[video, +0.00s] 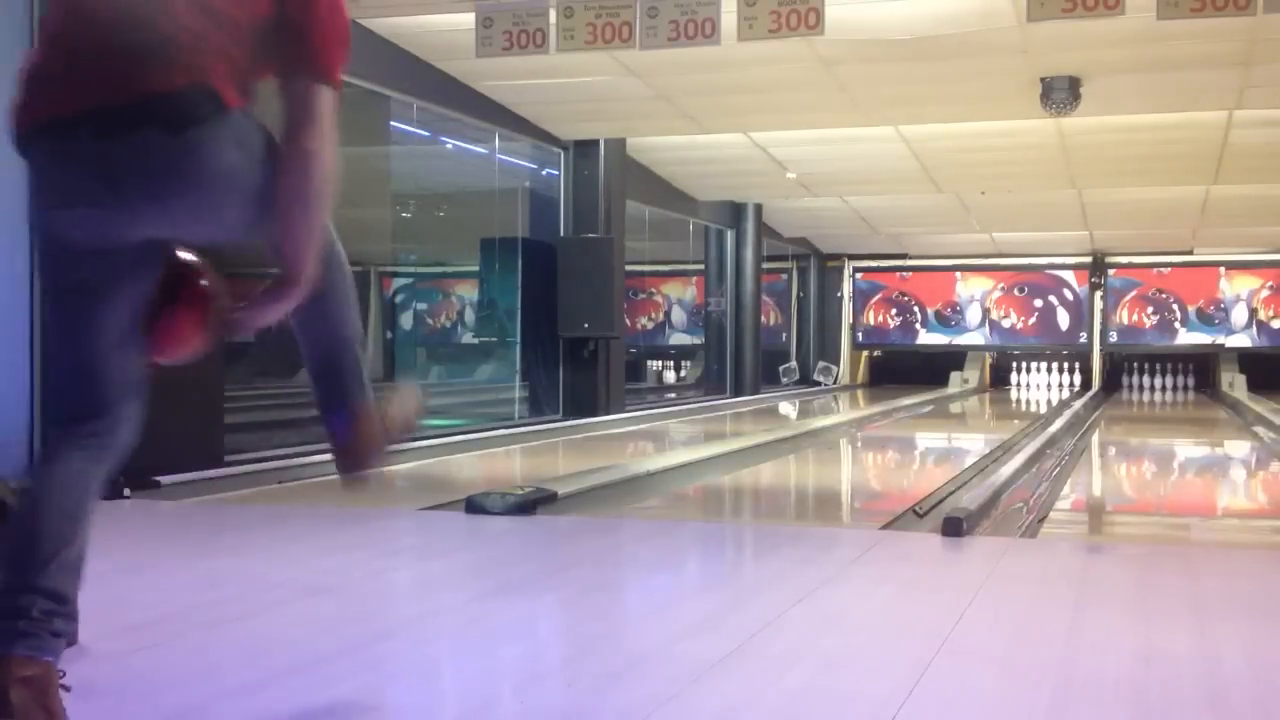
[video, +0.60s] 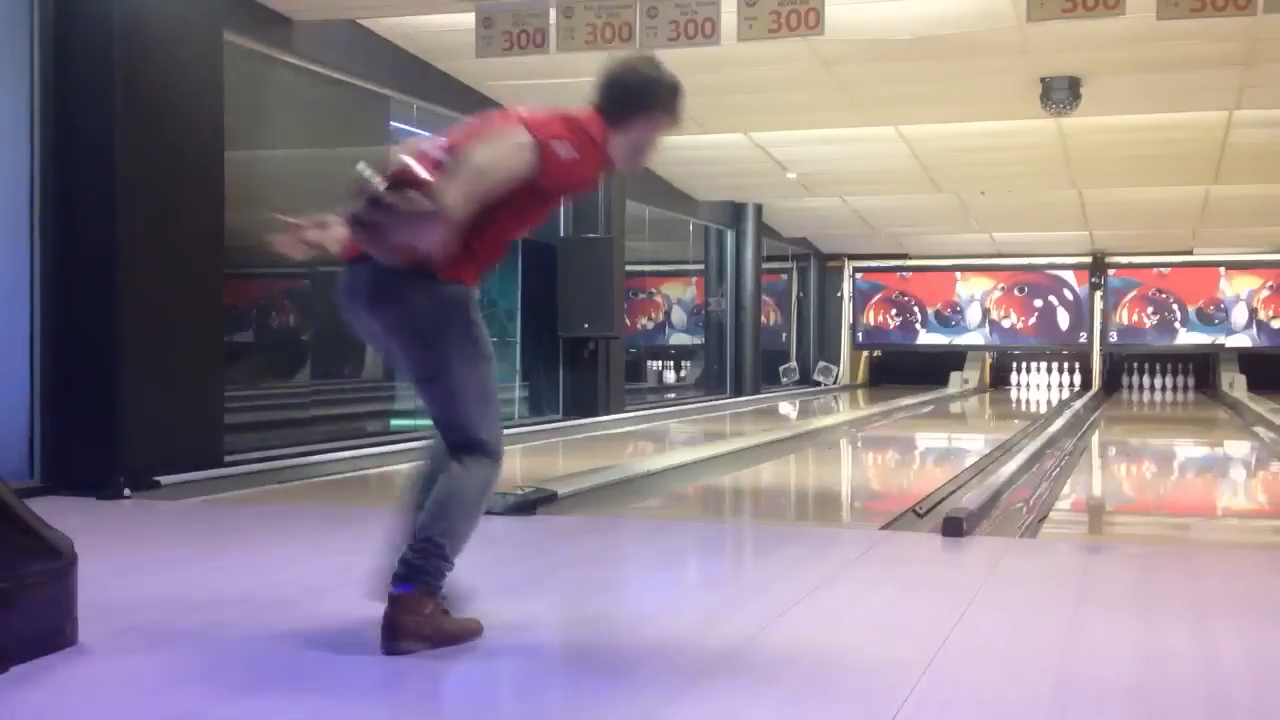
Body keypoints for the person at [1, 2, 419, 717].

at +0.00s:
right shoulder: (306, 3)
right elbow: (309, 134)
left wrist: (156, 262)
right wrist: (296, 277)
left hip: (62, 161)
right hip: (186, 145)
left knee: (90, 421)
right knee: (311, 239)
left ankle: (28, 650)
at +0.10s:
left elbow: (60, 154)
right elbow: (344, 105)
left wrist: (60, 251)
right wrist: (360, 268)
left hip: (120, 209)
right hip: (233, 192)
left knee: (123, 447)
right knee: (345, 320)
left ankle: (38, 656)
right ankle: (371, 518)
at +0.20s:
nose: (415, 40)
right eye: (421, 27)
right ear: (405, 11)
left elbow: (110, 112)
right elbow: (346, 37)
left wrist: (96, 220)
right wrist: (308, 193)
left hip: (182, 241)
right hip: (290, 239)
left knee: (161, 477)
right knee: (380, 404)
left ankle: (52, 645)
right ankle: (398, 575)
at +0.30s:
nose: (514, 32)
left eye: (519, 21)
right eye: (515, 17)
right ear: (491, 6)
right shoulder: (453, 28)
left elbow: (218, 82)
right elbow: (351, 24)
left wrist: (170, 157)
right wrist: (243, 134)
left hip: (255, 257)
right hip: (344, 253)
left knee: (207, 465)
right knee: (415, 423)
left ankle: (77, 606)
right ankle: (407, 605)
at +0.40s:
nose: (574, 75)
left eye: (579, 59)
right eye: (576, 57)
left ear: (516, 22)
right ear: (558, 45)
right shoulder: (498, 61)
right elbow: (390, 54)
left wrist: (245, 142)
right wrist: (289, 130)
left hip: (303, 261)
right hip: (381, 259)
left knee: (307, 467)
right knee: (455, 425)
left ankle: (165, 548)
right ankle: (416, 607)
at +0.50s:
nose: (622, 108)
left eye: (628, 95)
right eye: (625, 92)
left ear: (573, 65)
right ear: (603, 82)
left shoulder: (508, 89)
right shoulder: (548, 102)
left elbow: (382, 123)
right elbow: (455, 91)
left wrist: (278, 195)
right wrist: (374, 154)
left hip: (334, 268)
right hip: (403, 269)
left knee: (396, 445)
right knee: (469, 434)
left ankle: (291, 544)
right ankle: (416, 606)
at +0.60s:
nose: (656, 144)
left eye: (662, 132)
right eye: (658, 129)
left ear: (611, 105)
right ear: (637, 120)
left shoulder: (560, 131)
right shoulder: (580, 143)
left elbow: (428, 162)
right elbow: (493, 153)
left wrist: (351, 228)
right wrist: (446, 216)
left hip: (385, 278)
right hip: (424, 286)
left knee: (461, 439)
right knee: (477, 450)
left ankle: (410, 585)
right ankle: (413, 604)